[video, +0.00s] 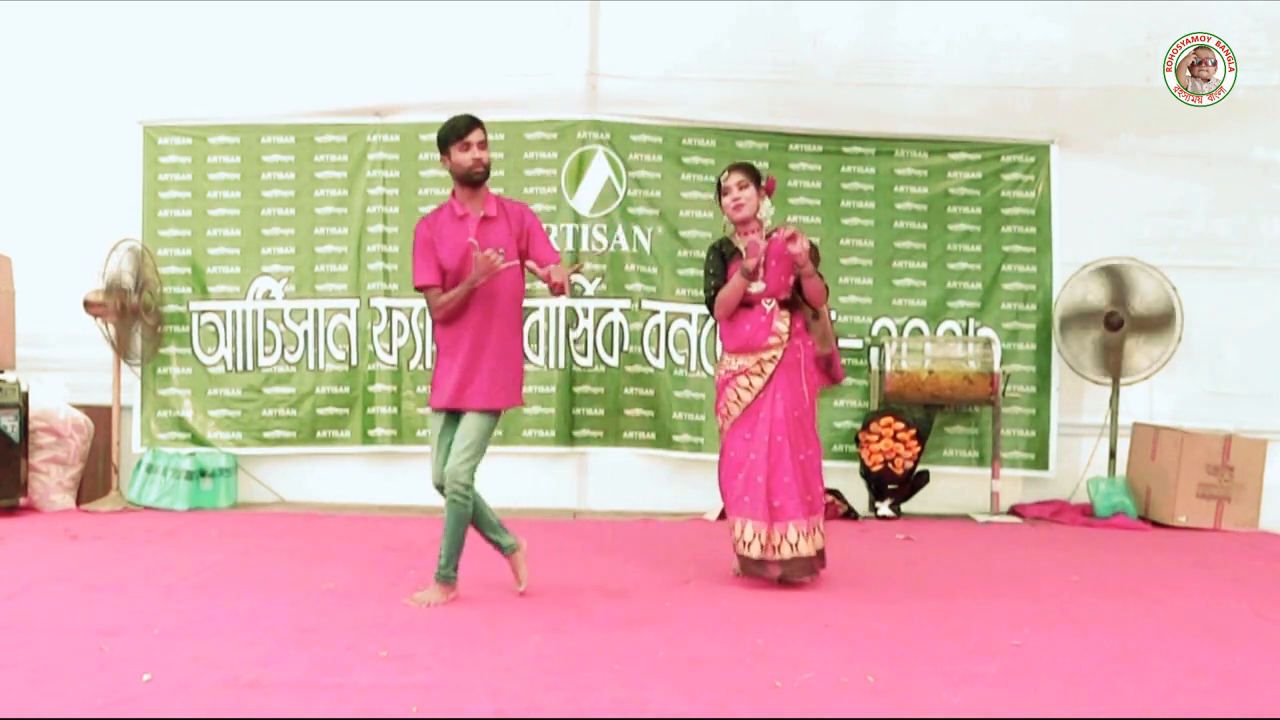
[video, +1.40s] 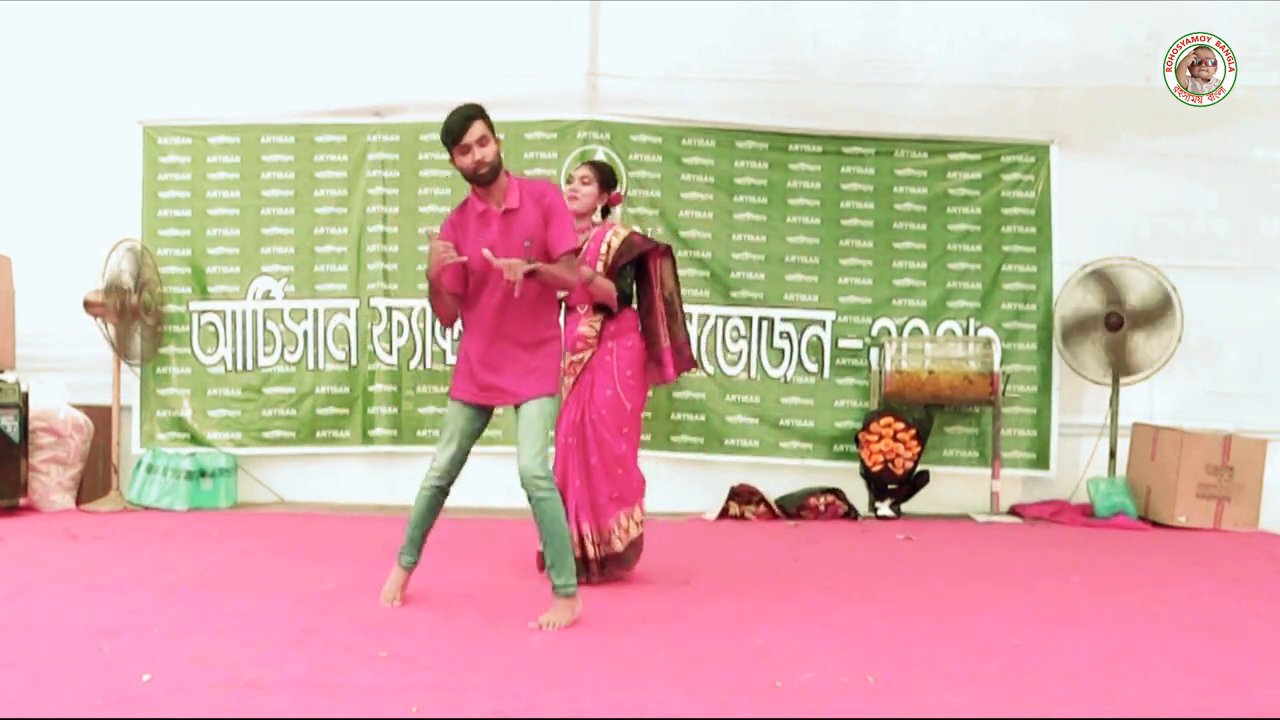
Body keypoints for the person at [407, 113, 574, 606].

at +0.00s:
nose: (478, 154)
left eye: (483, 145)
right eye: (467, 147)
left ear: (491, 152)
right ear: (446, 159)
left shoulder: (518, 217)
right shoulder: (430, 228)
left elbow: (553, 270)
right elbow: (438, 309)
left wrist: (556, 277)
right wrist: (472, 279)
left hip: (497, 367)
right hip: (451, 368)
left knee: (458, 475)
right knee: (443, 478)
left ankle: (445, 581)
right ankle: (511, 548)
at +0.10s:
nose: (455, 156)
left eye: (459, 147)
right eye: (444, 150)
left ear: (468, 154)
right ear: (424, 161)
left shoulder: (497, 215)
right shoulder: (409, 228)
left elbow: (543, 279)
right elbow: (416, 309)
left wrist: (538, 269)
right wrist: (448, 274)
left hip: (478, 367)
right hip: (430, 368)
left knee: (447, 474)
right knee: (413, 475)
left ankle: (443, 580)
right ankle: (462, 531)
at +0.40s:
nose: (387, 146)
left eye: (392, 135)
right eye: (375, 141)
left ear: (403, 136)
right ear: (360, 152)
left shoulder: (440, 189)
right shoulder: (355, 211)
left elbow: (500, 243)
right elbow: (367, 288)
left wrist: (481, 219)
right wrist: (384, 243)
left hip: (430, 345)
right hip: (382, 347)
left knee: (394, 459)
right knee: (382, 463)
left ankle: (367, 573)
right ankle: (404, 555)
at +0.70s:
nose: (348, 158)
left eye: (353, 147)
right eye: (335, 154)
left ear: (366, 148)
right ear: (323, 168)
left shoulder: (407, 195)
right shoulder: (324, 228)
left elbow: (457, 256)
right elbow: (331, 311)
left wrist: (420, 240)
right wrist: (322, 275)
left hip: (408, 357)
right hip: (358, 358)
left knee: (375, 465)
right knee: (333, 461)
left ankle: (351, 571)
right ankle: (337, 564)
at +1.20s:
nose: (412, 158)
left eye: (417, 145)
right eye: (400, 152)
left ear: (431, 141)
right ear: (388, 160)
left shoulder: (471, 186)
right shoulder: (391, 221)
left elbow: (497, 263)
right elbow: (381, 307)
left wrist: (455, 234)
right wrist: (355, 262)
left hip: (475, 353)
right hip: (421, 353)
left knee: (444, 466)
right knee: (400, 462)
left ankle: (403, 577)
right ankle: (400, 571)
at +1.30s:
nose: (436, 157)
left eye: (441, 144)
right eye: (423, 152)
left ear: (455, 140)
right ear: (412, 160)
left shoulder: (498, 189)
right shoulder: (413, 219)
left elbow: (524, 266)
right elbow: (401, 308)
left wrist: (482, 242)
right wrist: (381, 259)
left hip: (497, 356)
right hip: (441, 357)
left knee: (482, 460)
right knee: (413, 467)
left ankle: (464, 574)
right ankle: (398, 569)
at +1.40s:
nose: (478, 155)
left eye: (483, 142)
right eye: (465, 150)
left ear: (498, 142)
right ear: (454, 162)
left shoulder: (544, 196)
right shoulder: (456, 225)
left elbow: (575, 277)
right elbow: (447, 316)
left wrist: (530, 268)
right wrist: (436, 276)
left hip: (537, 356)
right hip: (479, 358)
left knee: (534, 471)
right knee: (442, 469)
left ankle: (566, 596)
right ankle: (404, 567)